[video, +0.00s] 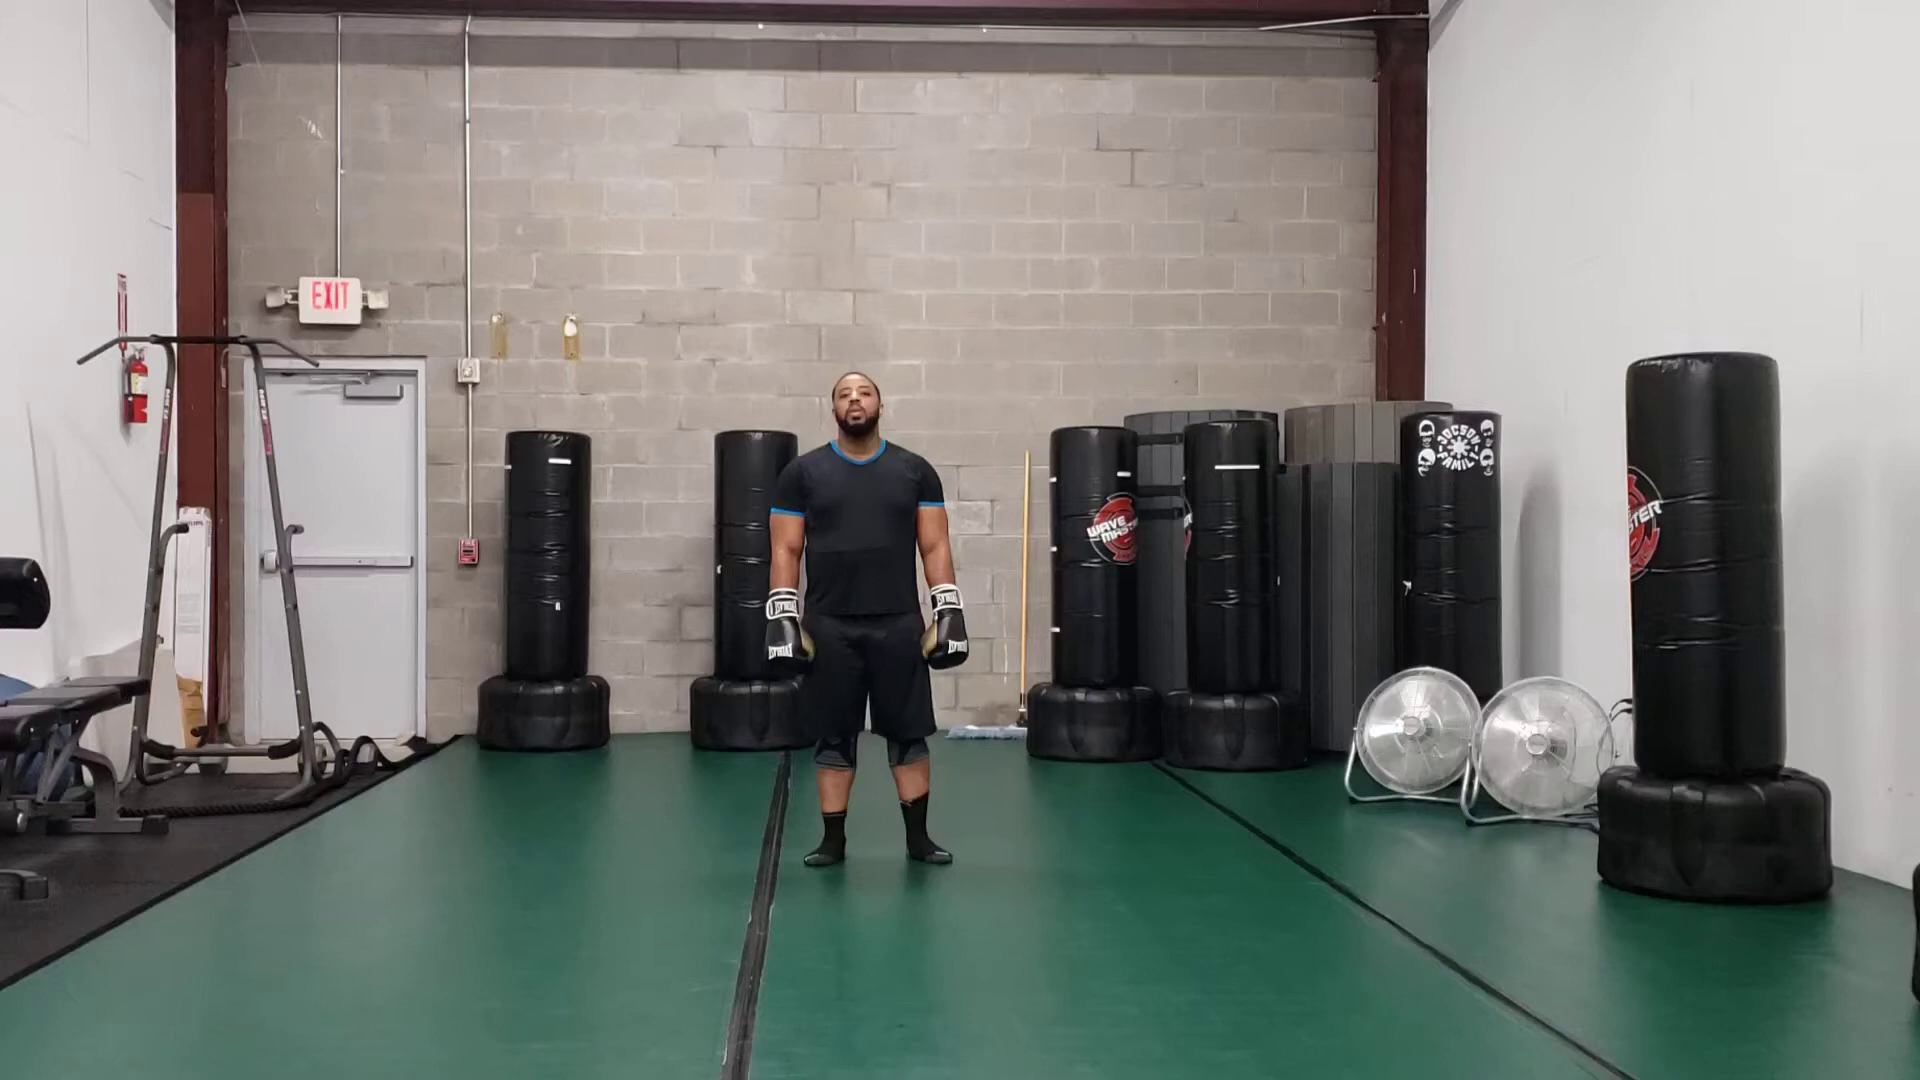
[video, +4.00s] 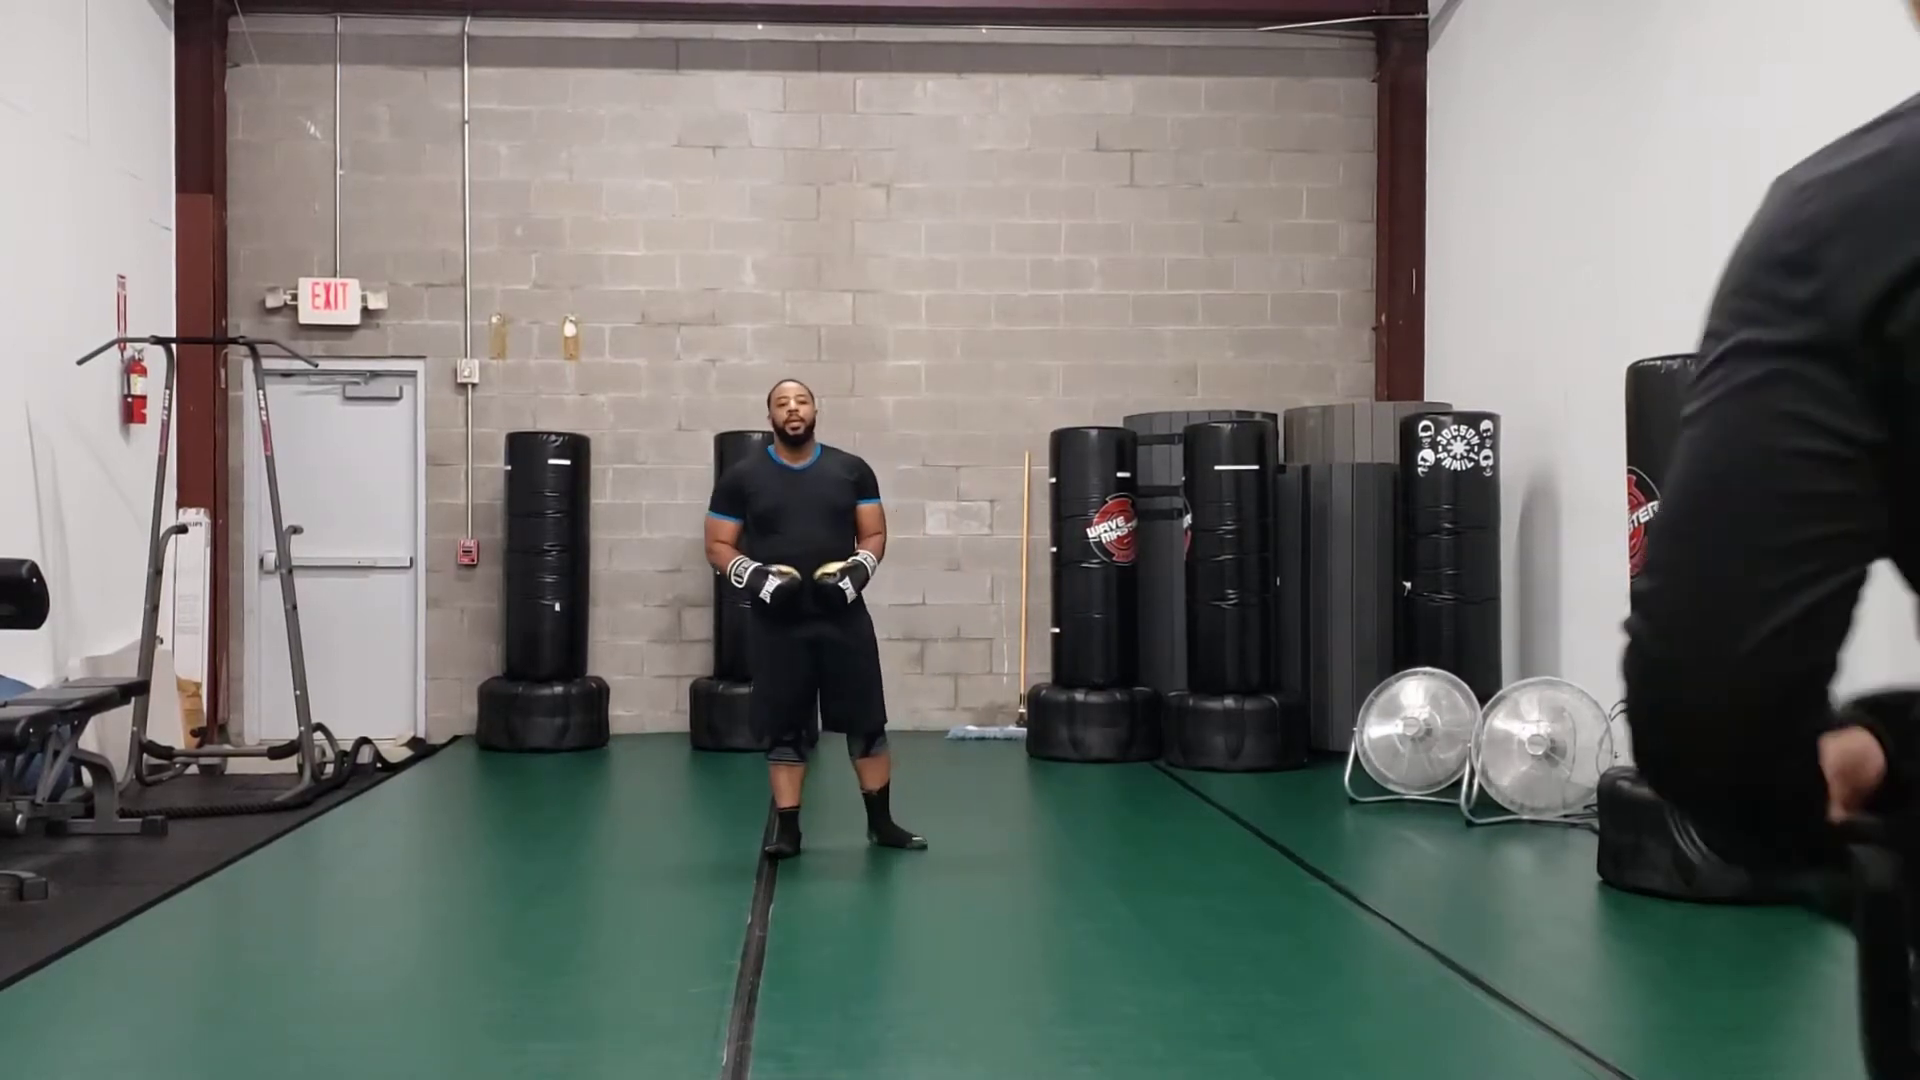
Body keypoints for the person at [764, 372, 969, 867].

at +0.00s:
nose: (855, 399)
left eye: (864, 393)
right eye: (845, 395)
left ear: (880, 408)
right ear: (833, 413)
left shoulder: (914, 472)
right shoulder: (803, 474)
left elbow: (934, 547)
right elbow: (786, 550)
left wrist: (949, 611)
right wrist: (781, 617)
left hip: (898, 627)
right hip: (830, 629)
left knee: (909, 736)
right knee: (833, 739)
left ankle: (918, 839)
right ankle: (832, 842)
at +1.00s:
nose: (822, 403)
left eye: (831, 396)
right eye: (812, 398)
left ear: (846, 408)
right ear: (800, 414)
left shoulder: (883, 470)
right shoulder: (774, 478)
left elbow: (908, 544)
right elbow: (758, 557)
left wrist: (926, 607)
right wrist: (754, 624)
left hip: (876, 625)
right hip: (806, 630)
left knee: (899, 735)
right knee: (823, 741)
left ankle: (917, 839)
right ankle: (831, 842)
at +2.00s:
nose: (853, 404)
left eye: (860, 398)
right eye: (842, 399)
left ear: (873, 412)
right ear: (827, 415)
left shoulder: (906, 473)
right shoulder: (799, 476)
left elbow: (925, 541)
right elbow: (780, 551)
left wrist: (930, 593)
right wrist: (774, 616)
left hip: (896, 620)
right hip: (830, 623)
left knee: (902, 729)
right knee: (833, 733)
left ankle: (896, 822)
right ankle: (833, 839)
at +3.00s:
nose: (902, 412)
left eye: (910, 405)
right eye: (892, 406)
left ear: (922, 419)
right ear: (879, 421)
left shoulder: (943, 487)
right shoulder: (845, 468)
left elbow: (955, 551)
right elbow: (817, 533)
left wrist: (951, 582)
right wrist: (836, 588)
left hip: (918, 621)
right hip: (858, 617)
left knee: (907, 726)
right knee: (845, 724)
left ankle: (895, 826)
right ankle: (824, 832)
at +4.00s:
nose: (793, 410)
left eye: (801, 402)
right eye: (783, 404)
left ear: (815, 412)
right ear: (770, 418)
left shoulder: (852, 470)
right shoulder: (743, 476)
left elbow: (874, 536)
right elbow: (718, 546)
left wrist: (857, 571)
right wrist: (756, 577)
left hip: (843, 617)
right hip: (777, 621)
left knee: (867, 721)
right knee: (784, 730)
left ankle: (882, 823)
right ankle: (786, 832)